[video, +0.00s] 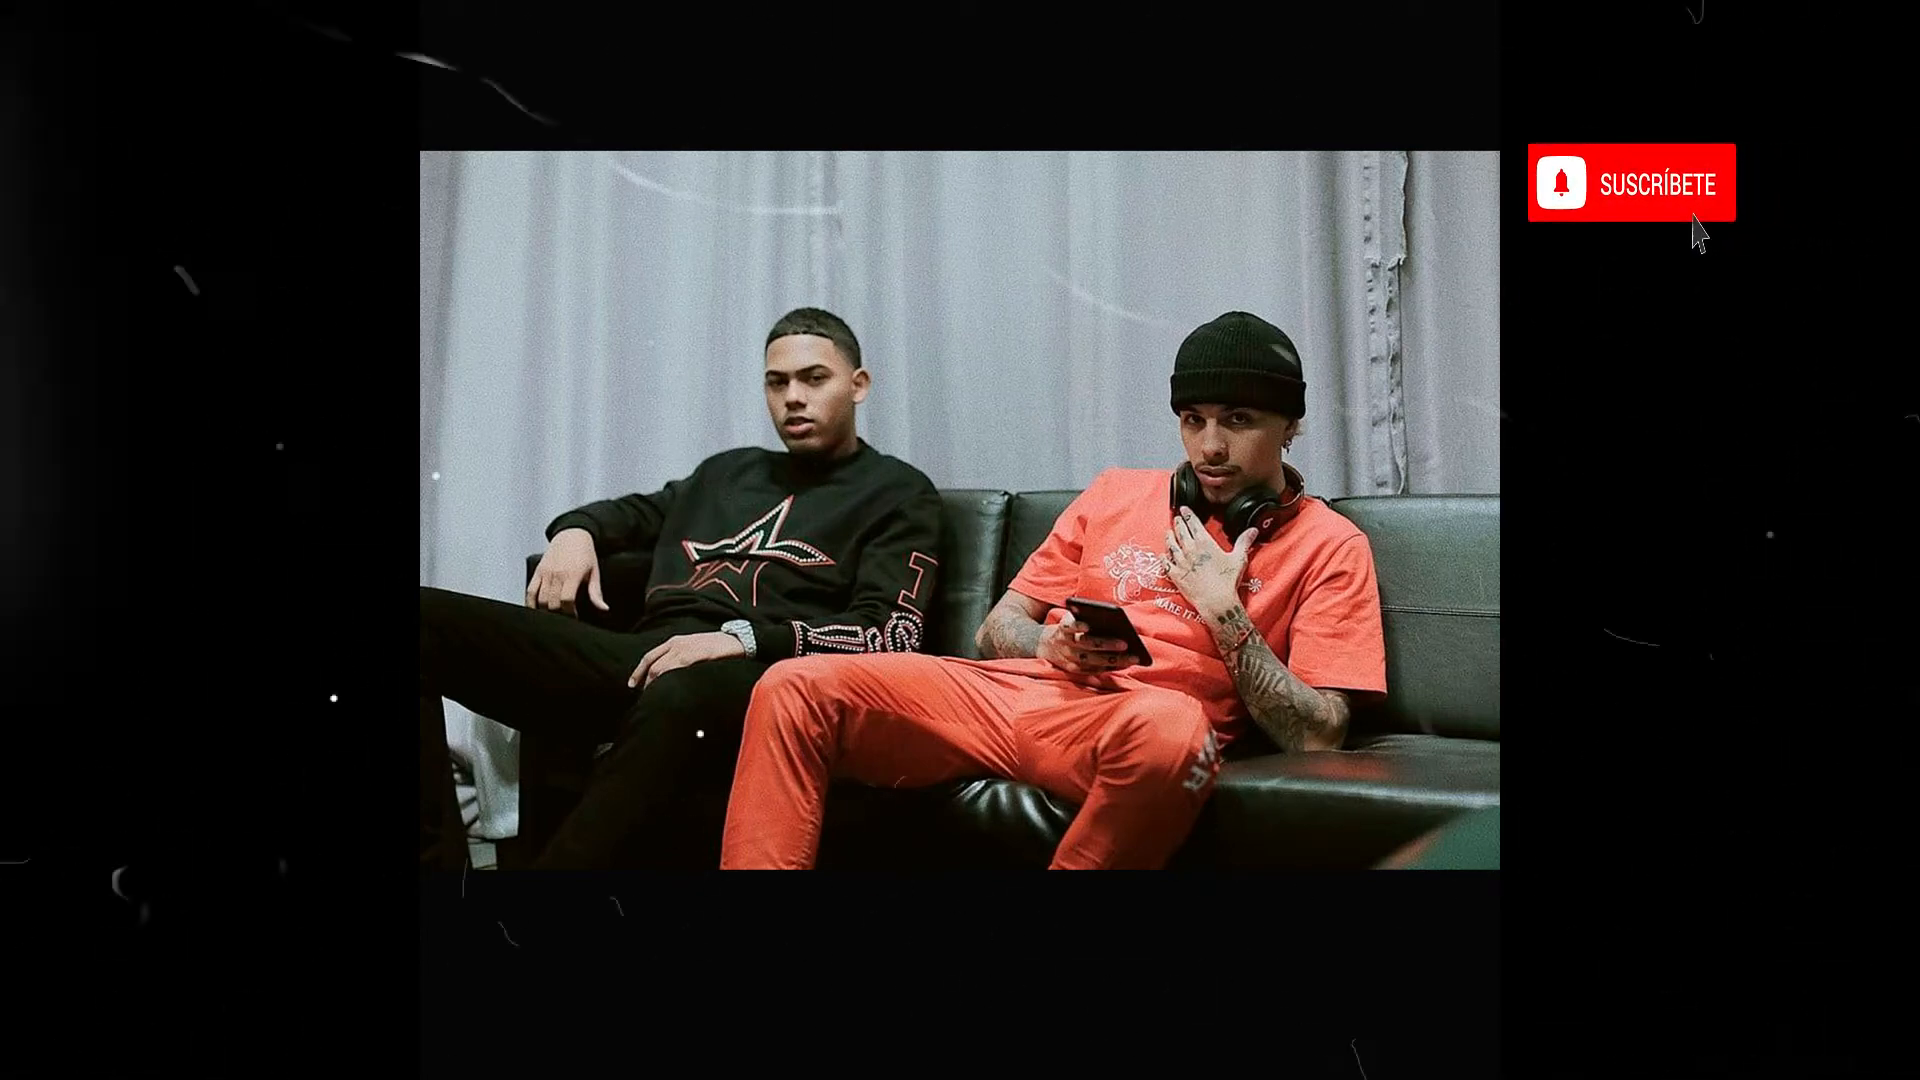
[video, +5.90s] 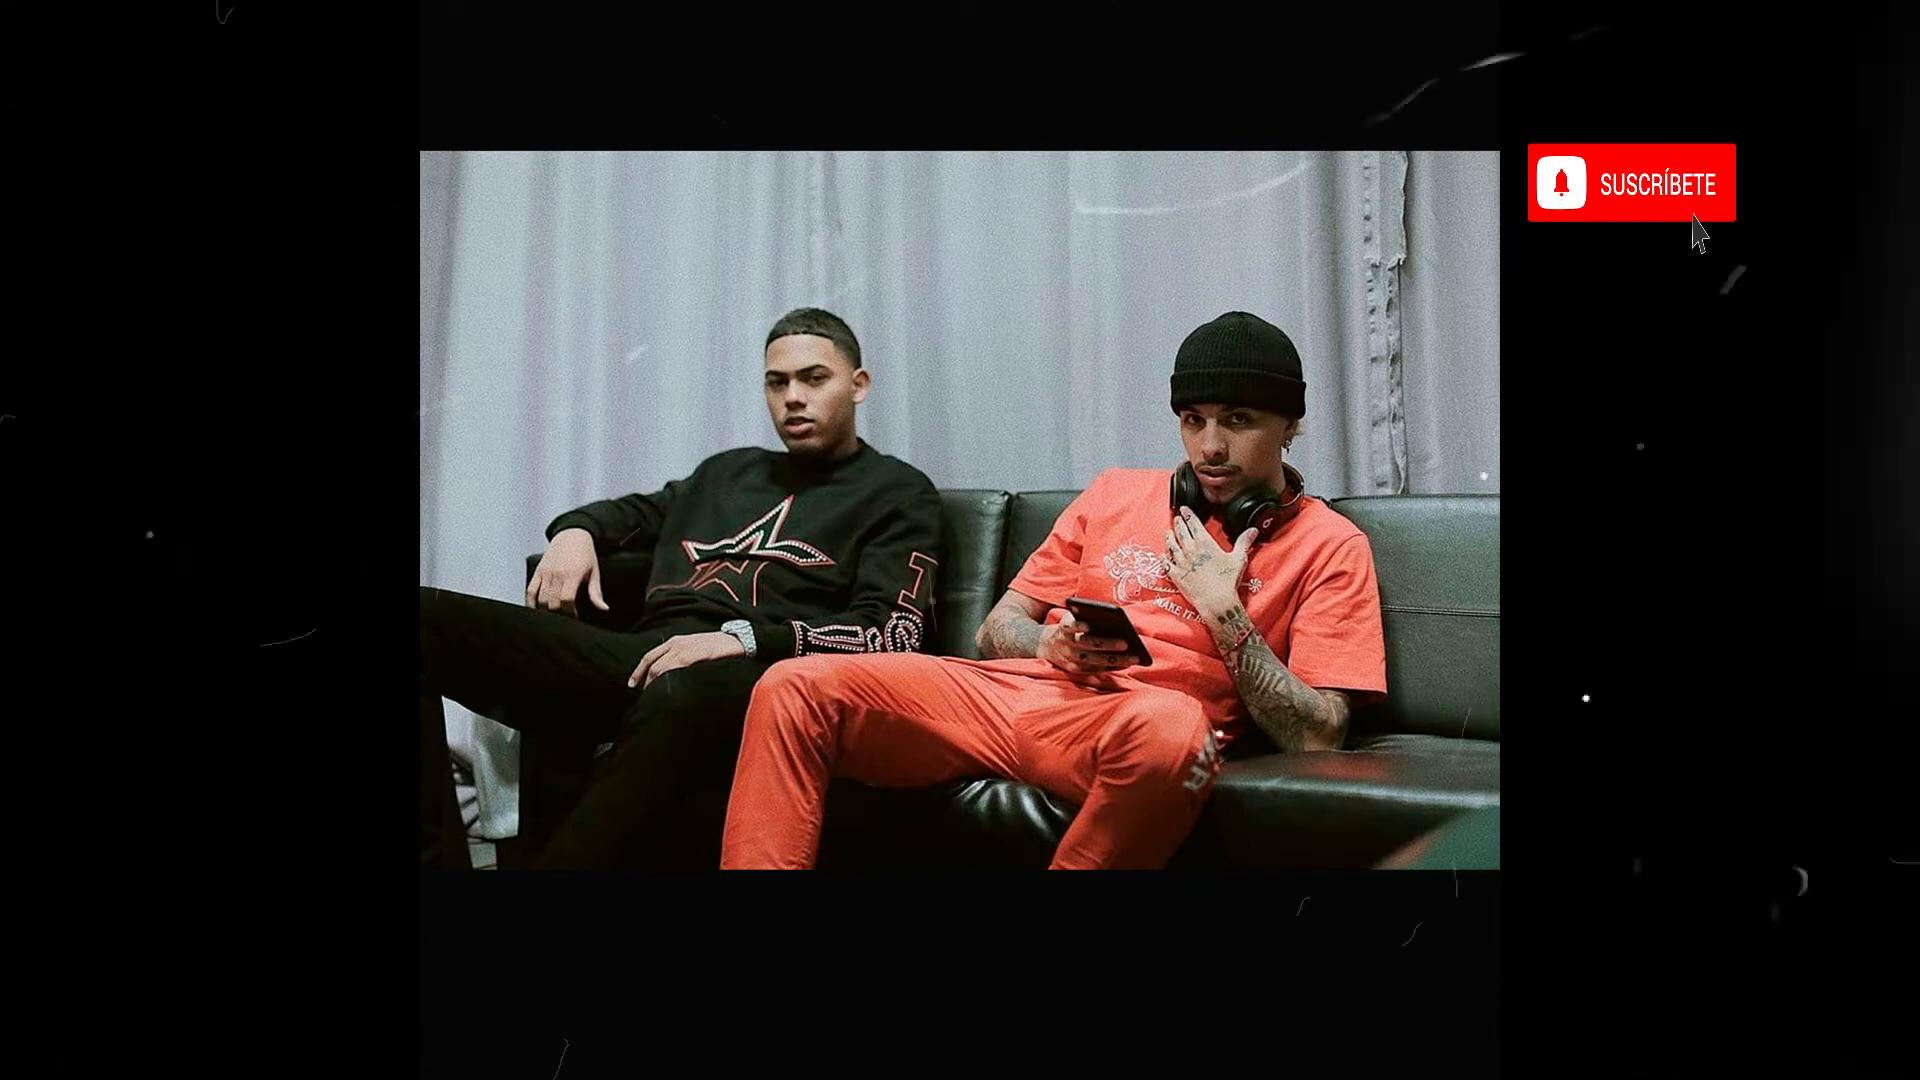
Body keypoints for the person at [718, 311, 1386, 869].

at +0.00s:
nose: (1211, 445)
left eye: (1238, 421)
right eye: (1195, 419)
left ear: (1288, 429)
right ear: (1179, 421)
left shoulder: (1329, 546)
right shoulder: (1117, 493)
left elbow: (1318, 736)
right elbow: (999, 627)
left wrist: (1227, 615)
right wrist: (1052, 646)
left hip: (1132, 707)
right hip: (1013, 685)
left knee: (1170, 746)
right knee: (791, 694)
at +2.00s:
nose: (1210, 445)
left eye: (1238, 421)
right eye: (1196, 419)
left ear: (1289, 428)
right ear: (1179, 422)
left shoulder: (1328, 546)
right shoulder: (1118, 493)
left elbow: (1318, 734)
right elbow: (999, 626)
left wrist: (1226, 614)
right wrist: (1050, 647)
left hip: (1133, 708)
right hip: (1014, 685)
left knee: (1170, 747)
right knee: (792, 693)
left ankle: (1042, 954)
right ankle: (762, 942)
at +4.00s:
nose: (1210, 445)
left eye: (1238, 421)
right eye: (1196, 419)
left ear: (1289, 429)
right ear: (1179, 422)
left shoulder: (1328, 546)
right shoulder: (1118, 492)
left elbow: (1318, 734)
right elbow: (999, 626)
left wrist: (1226, 614)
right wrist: (1050, 647)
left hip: (1132, 708)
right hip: (1014, 685)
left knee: (1170, 746)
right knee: (792, 693)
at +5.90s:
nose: (1211, 445)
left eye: (1238, 422)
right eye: (1196, 419)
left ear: (1288, 428)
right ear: (1179, 422)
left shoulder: (1329, 546)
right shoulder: (1118, 493)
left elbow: (1317, 735)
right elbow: (999, 626)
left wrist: (1227, 615)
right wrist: (1052, 646)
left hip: (1132, 707)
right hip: (1013, 684)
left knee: (1171, 745)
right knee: (792, 694)